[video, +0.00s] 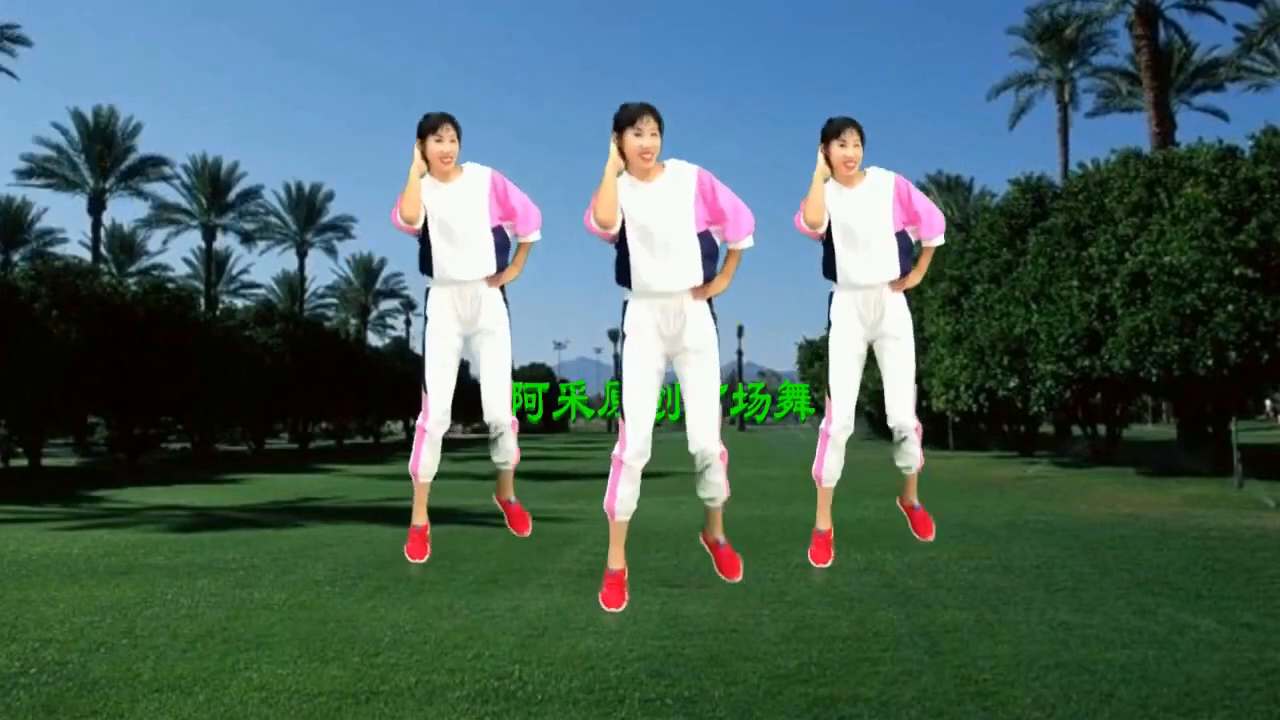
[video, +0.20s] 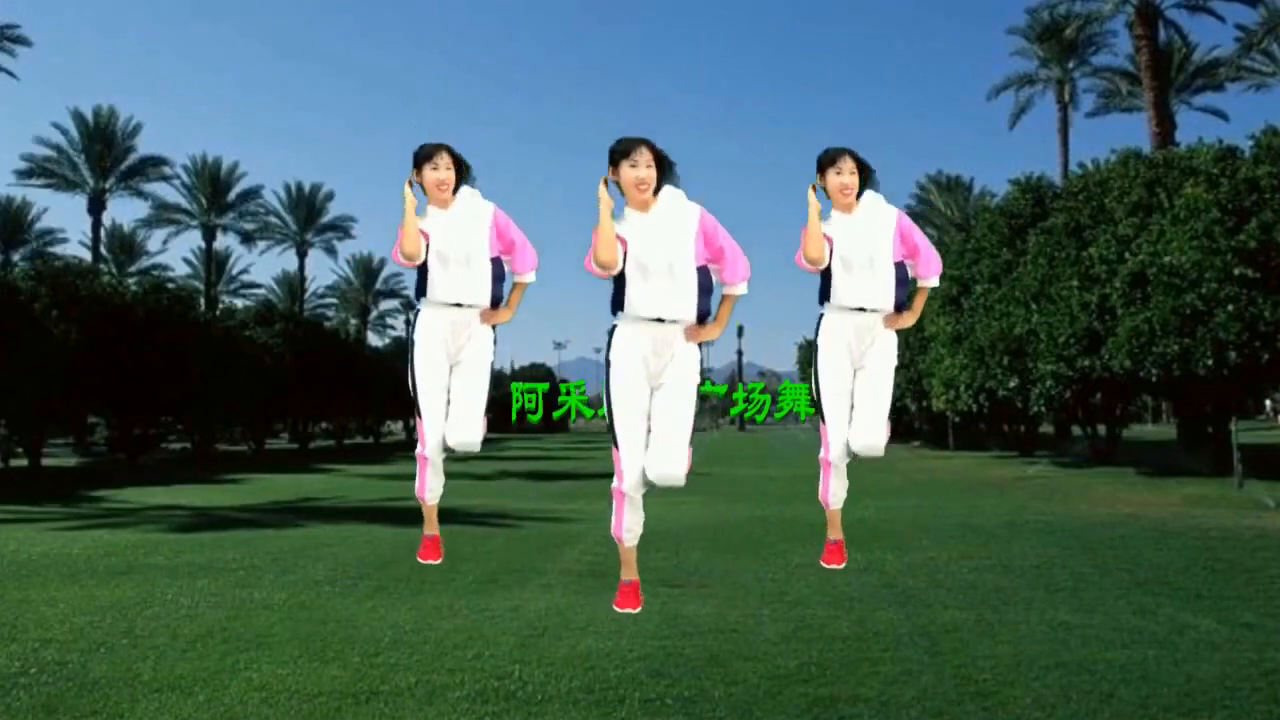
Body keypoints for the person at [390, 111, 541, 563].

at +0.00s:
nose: (445, 147)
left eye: (450, 140)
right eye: (437, 141)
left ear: (459, 145)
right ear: (422, 148)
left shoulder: (485, 180)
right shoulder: (418, 190)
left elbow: (529, 220)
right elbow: (410, 219)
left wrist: (513, 269)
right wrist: (416, 167)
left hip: (487, 295)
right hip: (443, 299)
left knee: (498, 414)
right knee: (435, 413)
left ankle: (506, 494)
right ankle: (419, 517)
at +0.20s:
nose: (442, 175)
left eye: (448, 168)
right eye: (433, 169)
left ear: (458, 174)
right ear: (419, 178)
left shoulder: (485, 212)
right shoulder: (418, 219)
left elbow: (525, 259)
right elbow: (411, 255)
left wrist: (508, 308)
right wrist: (411, 207)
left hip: (476, 325)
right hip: (431, 324)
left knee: (466, 439)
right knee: (430, 434)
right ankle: (430, 532)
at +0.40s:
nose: (445, 166)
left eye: (450, 159)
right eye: (436, 160)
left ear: (460, 168)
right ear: (423, 172)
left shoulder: (487, 207)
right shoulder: (416, 218)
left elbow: (524, 257)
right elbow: (443, 234)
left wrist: (509, 303)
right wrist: (428, 183)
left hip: (478, 321)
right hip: (434, 321)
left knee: (485, 438)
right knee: (434, 433)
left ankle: (474, 471)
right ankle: (430, 530)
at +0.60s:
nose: (457, 159)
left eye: (464, 153)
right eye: (449, 152)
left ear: (473, 160)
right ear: (434, 159)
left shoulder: (495, 198)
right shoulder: (426, 201)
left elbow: (532, 243)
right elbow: (472, 209)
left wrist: (521, 283)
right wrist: (502, 162)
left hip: (497, 304)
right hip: (454, 307)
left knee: (507, 421)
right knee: (451, 427)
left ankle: (517, 517)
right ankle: (431, 527)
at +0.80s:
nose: (463, 175)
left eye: (469, 169)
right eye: (455, 168)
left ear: (477, 176)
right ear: (440, 176)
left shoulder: (497, 218)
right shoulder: (433, 219)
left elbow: (539, 262)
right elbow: (478, 239)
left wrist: (521, 307)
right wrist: (534, 216)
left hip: (501, 333)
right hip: (457, 334)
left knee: (507, 437)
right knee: (458, 443)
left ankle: (516, 521)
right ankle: (431, 531)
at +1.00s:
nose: (459, 144)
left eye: (466, 137)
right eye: (451, 137)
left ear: (476, 144)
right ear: (438, 144)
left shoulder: (497, 189)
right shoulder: (427, 184)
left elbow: (528, 240)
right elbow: (445, 236)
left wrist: (512, 272)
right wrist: (492, 268)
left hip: (483, 300)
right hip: (439, 298)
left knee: (490, 417)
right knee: (434, 413)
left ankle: (482, 464)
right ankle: (423, 520)